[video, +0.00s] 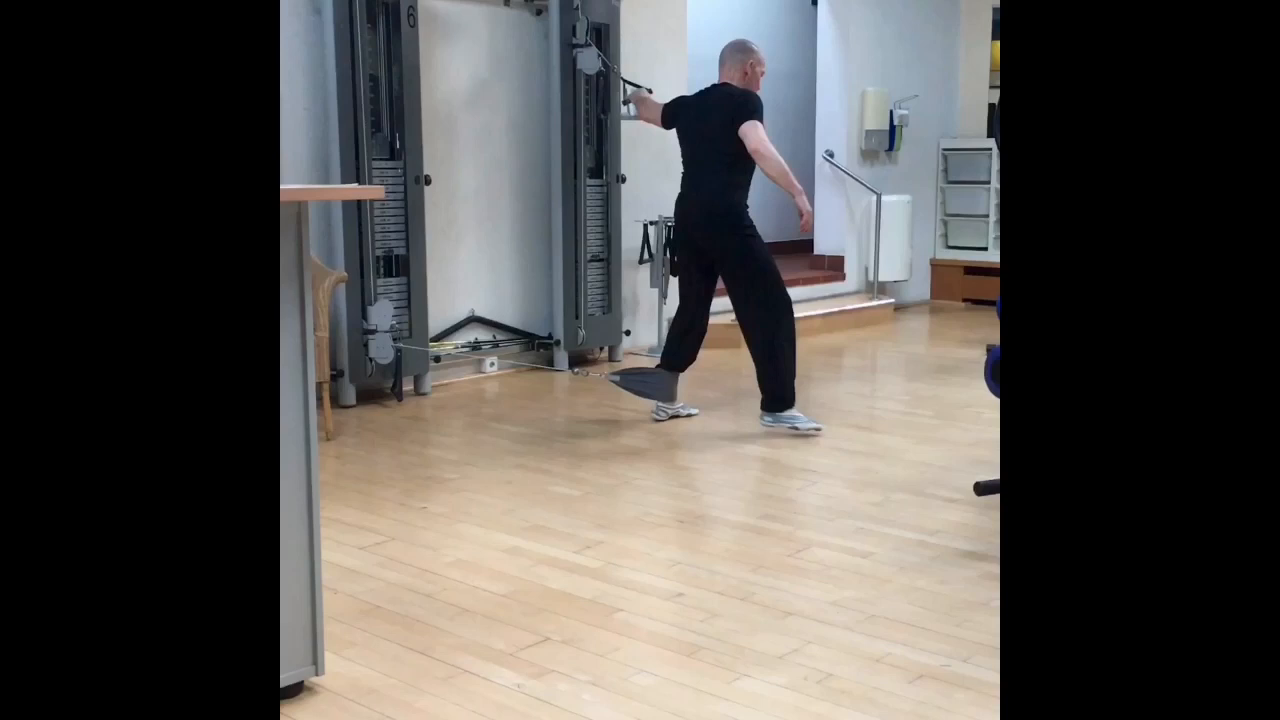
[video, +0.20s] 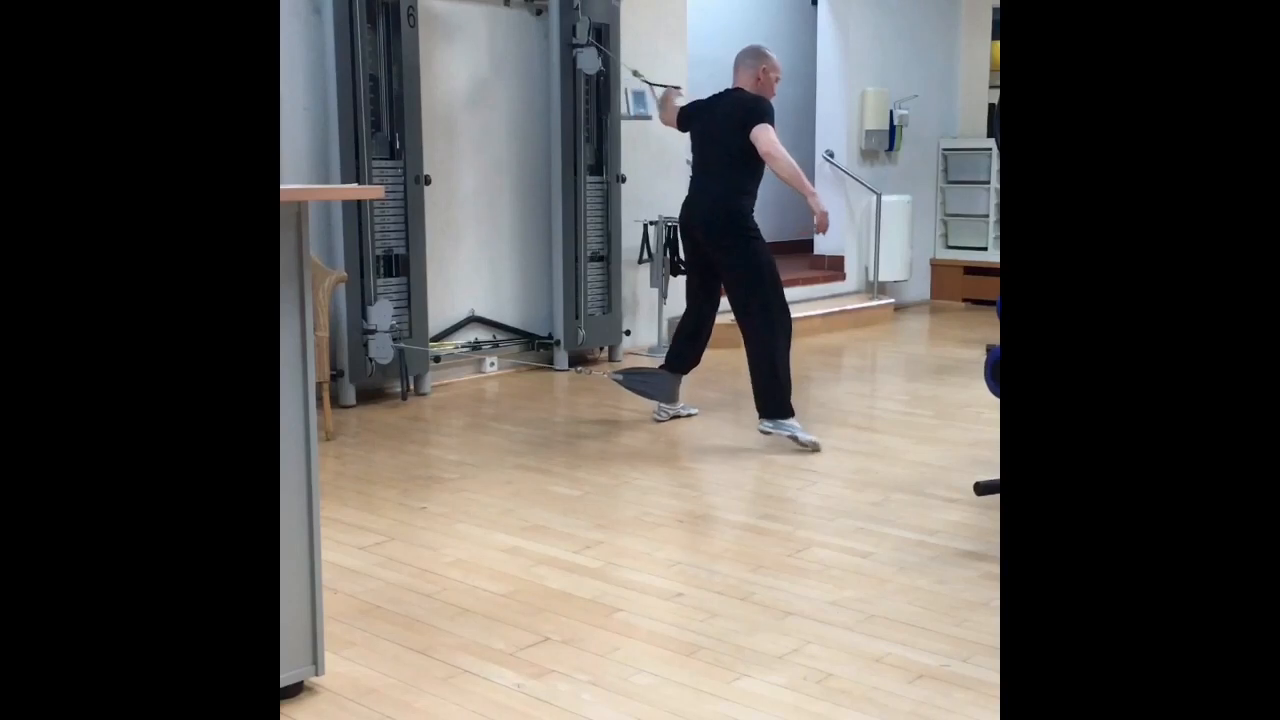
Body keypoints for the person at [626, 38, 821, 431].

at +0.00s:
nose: (763, 80)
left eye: (763, 73)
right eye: (761, 73)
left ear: (723, 69)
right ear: (748, 69)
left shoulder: (688, 105)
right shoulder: (745, 100)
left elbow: (650, 112)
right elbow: (758, 147)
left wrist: (639, 96)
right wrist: (797, 193)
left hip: (689, 223)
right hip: (728, 222)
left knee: (691, 307)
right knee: (772, 305)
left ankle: (663, 397)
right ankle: (778, 407)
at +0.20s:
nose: (776, 88)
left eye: (777, 81)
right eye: (775, 80)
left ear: (739, 74)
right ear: (761, 74)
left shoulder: (704, 107)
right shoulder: (756, 105)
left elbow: (668, 115)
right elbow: (769, 149)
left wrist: (669, 94)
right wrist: (812, 195)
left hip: (693, 221)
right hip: (731, 222)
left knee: (699, 308)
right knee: (770, 315)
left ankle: (667, 395)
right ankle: (775, 414)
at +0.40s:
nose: (796, 97)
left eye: (798, 89)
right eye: (794, 88)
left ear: (760, 84)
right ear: (771, 82)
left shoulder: (727, 113)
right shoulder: (762, 114)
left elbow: (691, 140)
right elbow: (764, 155)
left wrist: (726, 136)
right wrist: (805, 205)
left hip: (703, 228)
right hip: (733, 231)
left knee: (715, 310)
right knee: (773, 320)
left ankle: (668, 388)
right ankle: (772, 428)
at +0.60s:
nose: (806, 101)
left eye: (808, 93)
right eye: (802, 92)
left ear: (777, 86)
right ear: (779, 86)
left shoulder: (751, 119)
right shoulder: (754, 120)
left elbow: (741, 165)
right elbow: (733, 163)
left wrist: (779, 161)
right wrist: (755, 212)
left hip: (710, 235)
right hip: (726, 237)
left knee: (717, 322)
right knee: (770, 325)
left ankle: (660, 393)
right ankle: (771, 433)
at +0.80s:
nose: (808, 107)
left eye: (811, 99)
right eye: (803, 98)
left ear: (786, 93)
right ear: (777, 90)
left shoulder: (768, 135)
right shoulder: (743, 123)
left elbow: (786, 167)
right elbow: (695, 165)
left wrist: (840, 167)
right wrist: (691, 219)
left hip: (733, 248)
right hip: (713, 244)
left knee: (714, 329)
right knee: (749, 318)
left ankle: (660, 392)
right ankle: (764, 430)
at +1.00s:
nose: (808, 112)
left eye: (812, 104)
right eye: (802, 102)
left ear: (809, 103)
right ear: (776, 95)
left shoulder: (785, 144)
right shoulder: (739, 129)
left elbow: (818, 172)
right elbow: (682, 172)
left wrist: (878, 169)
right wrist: (661, 228)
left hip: (739, 253)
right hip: (705, 246)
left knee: (715, 335)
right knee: (739, 325)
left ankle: (658, 394)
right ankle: (757, 433)